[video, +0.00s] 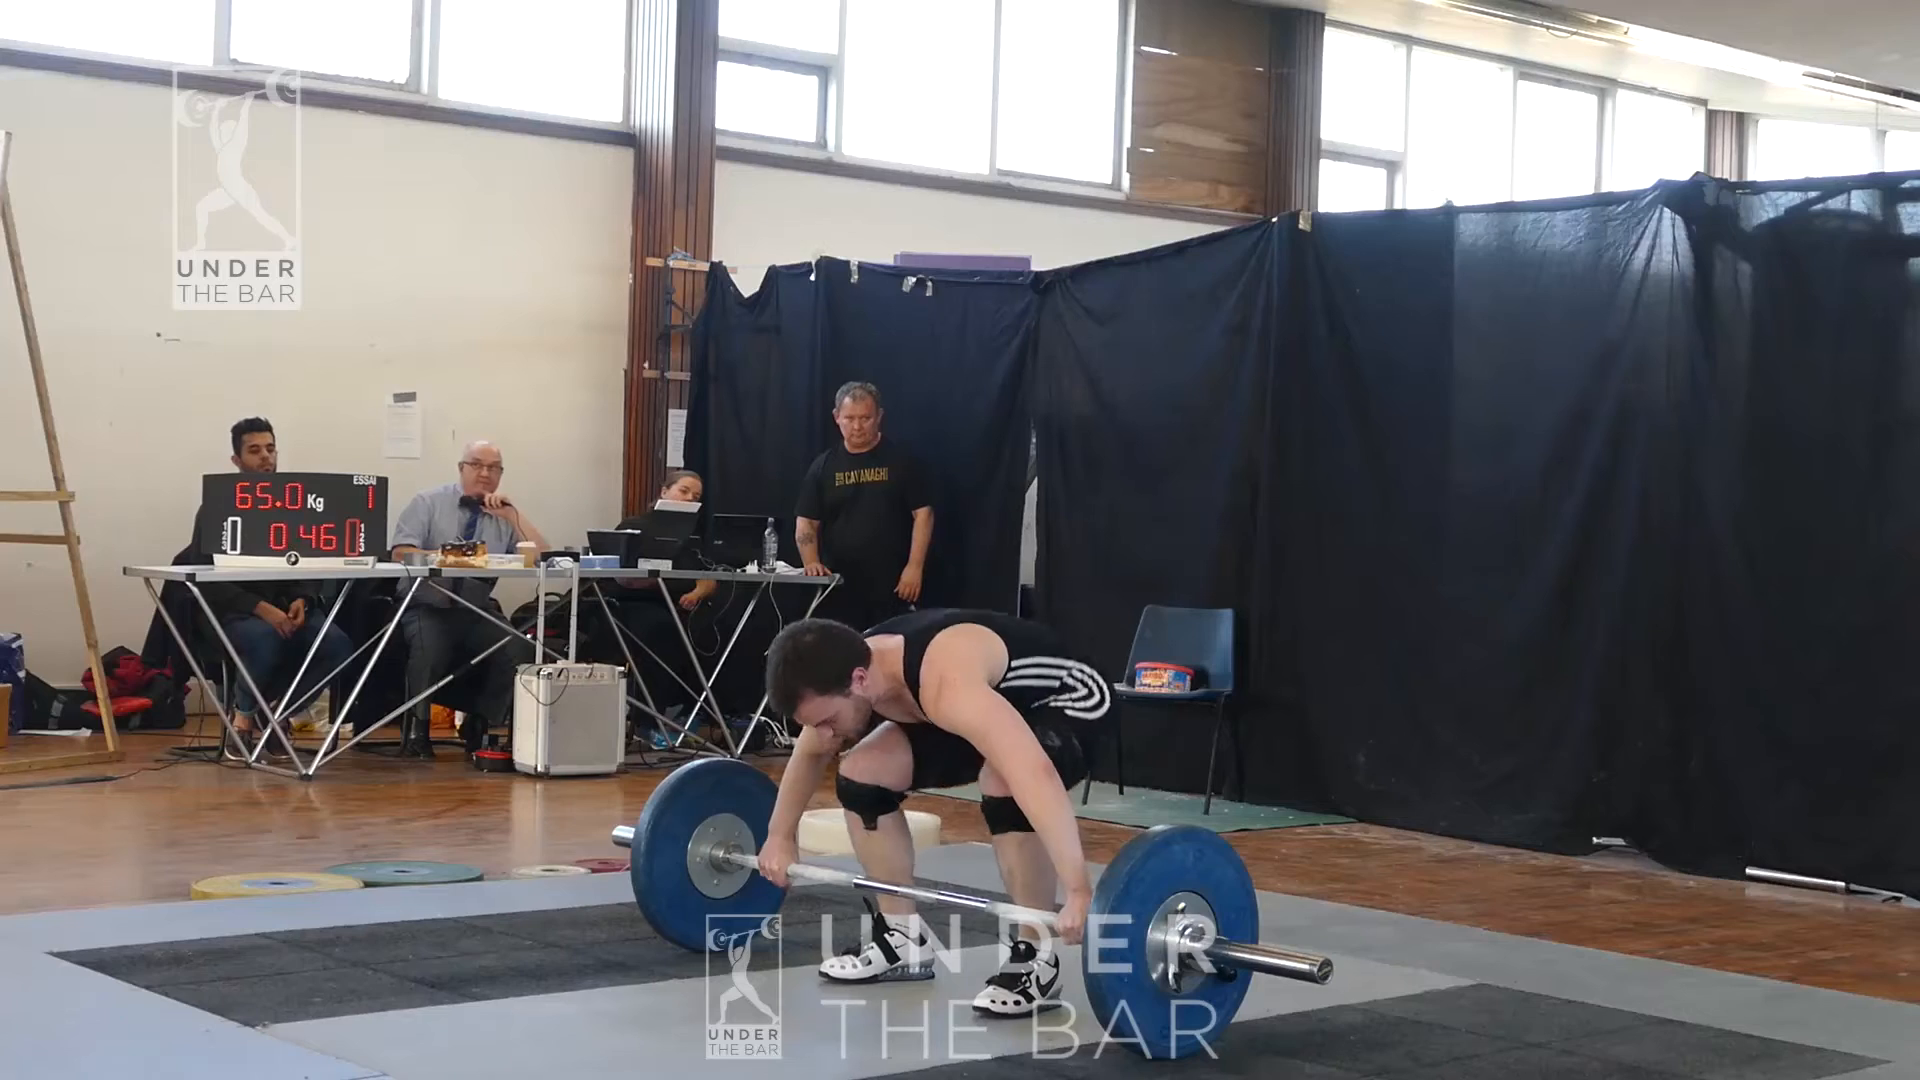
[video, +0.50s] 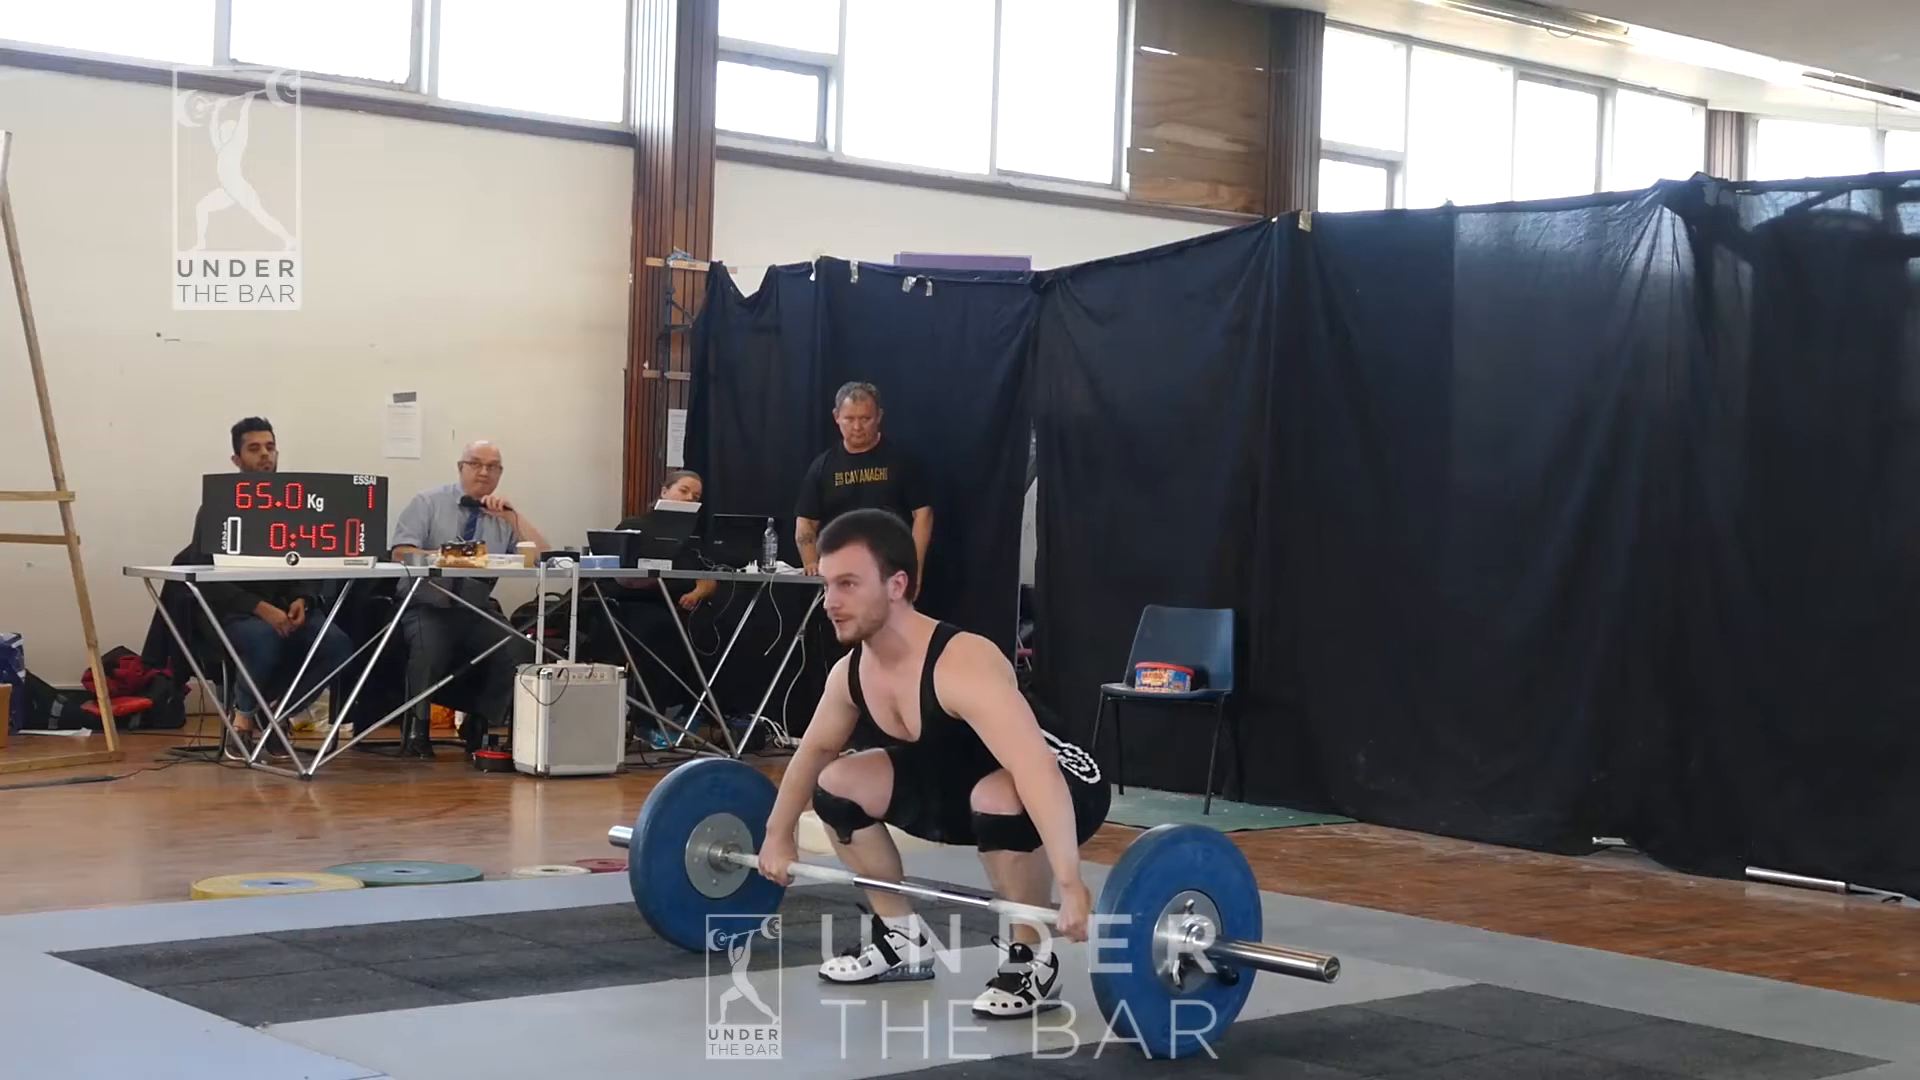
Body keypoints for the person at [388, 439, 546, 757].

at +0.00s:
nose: (485, 473)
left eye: (494, 468)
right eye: (476, 465)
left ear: (501, 475)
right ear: (461, 469)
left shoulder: (503, 516)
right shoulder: (427, 503)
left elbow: (541, 555)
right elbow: (402, 552)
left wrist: (515, 515)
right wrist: (446, 560)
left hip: (478, 609)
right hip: (429, 605)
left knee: (518, 651)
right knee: (430, 649)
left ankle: (477, 727)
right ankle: (417, 732)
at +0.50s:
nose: (483, 472)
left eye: (492, 467)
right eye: (475, 465)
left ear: (500, 474)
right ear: (461, 468)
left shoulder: (503, 517)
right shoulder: (428, 503)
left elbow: (541, 553)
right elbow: (401, 551)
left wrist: (514, 515)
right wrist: (445, 559)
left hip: (478, 608)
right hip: (428, 605)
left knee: (517, 652)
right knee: (430, 649)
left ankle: (477, 727)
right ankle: (417, 732)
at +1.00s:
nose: (484, 472)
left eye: (492, 466)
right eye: (475, 464)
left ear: (500, 473)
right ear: (460, 468)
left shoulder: (503, 516)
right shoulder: (428, 502)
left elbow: (544, 554)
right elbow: (401, 551)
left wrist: (514, 516)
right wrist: (441, 560)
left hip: (478, 609)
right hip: (428, 605)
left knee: (517, 652)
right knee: (429, 651)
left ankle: (477, 726)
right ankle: (417, 730)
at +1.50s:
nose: (484, 471)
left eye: (493, 466)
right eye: (476, 464)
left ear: (500, 473)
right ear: (460, 468)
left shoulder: (503, 516)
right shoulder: (428, 502)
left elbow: (544, 553)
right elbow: (401, 550)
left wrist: (515, 515)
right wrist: (442, 561)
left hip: (478, 609)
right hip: (429, 605)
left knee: (518, 652)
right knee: (429, 651)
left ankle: (477, 726)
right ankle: (417, 730)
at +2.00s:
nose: (485, 471)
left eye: (493, 465)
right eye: (476, 464)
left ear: (500, 473)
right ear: (460, 468)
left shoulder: (504, 516)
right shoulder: (428, 502)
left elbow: (545, 555)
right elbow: (401, 551)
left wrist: (516, 515)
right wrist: (443, 562)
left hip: (478, 609)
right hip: (429, 606)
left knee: (518, 652)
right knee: (429, 651)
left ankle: (477, 725)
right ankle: (417, 730)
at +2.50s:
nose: (481, 472)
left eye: (490, 466)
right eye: (473, 464)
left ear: (499, 473)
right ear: (459, 468)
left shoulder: (503, 516)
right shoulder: (427, 502)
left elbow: (544, 555)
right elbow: (401, 552)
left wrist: (516, 515)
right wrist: (444, 560)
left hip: (478, 609)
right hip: (428, 605)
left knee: (518, 651)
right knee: (429, 649)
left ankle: (477, 727)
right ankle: (417, 731)